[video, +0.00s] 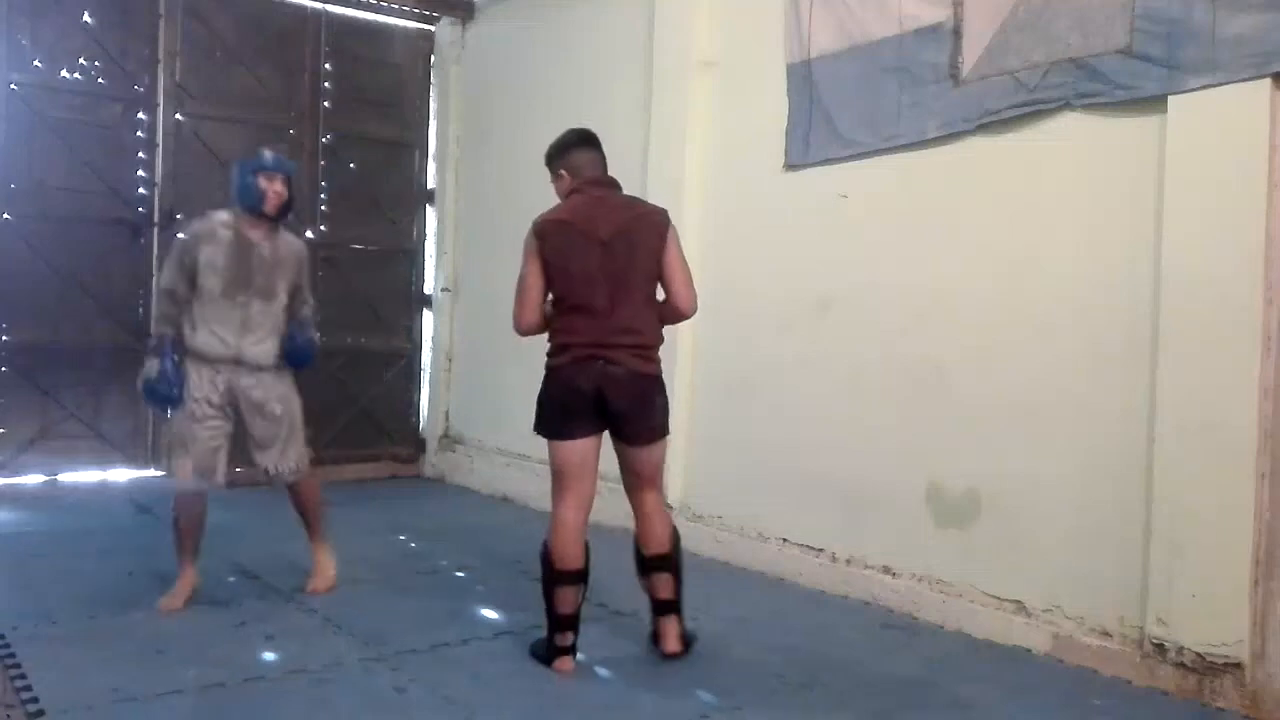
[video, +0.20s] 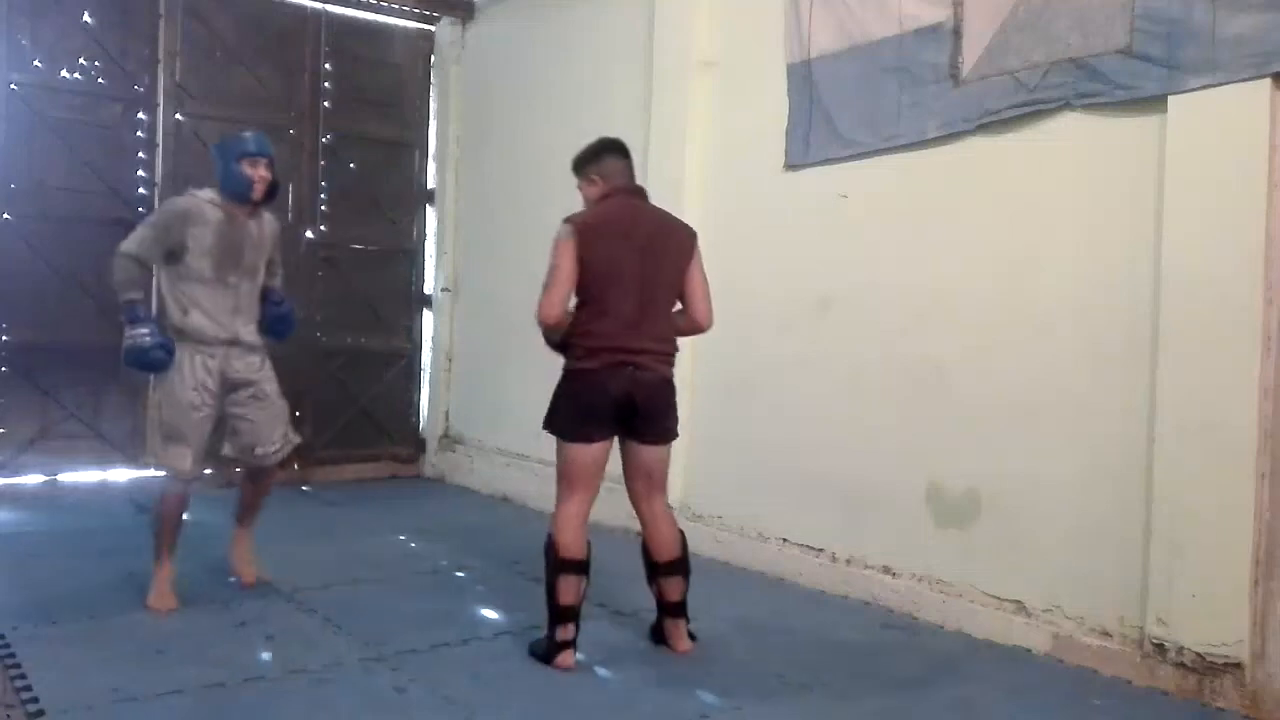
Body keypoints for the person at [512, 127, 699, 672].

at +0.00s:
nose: (551, 187)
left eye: (550, 180)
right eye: (551, 181)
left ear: (562, 176)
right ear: (606, 169)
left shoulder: (547, 228)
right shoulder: (653, 218)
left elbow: (527, 322)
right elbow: (683, 304)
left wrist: (569, 308)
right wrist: (641, 314)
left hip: (571, 384)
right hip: (637, 384)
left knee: (570, 505)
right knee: (648, 496)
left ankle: (563, 648)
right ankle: (670, 631)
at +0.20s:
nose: (580, 198)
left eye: (580, 190)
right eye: (579, 190)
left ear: (595, 183)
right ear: (632, 178)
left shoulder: (579, 228)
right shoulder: (680, 232)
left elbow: (550, 315)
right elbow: (699, 318)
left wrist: (567, 335)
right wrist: (650, 327)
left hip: (589, 388)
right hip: (653, 391)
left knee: (573, 503)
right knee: (653, 500)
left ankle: (563, 642)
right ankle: (676, 628)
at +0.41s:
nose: (596, 196)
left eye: (596, 188)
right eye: (595, 188)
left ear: (610, 183)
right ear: (645, 181)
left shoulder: (601, 225)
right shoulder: (689, 234)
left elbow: (601, 298)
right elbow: (708, 316)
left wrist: (571, 328)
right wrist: (654, 325)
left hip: (608, 379)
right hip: (669, 383)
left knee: (562, 475)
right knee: (658, 497)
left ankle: (582, 603)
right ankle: (677, 627)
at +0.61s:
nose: (585, 217)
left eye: (587, 208)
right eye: (584, 209)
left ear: (607, 203)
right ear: (629, 201)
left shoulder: (599, 247)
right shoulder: (677, 249)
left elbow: (587, 331)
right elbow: (704, 327)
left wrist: (560, 342)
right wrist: (652, 339)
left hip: (610, 394)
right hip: (668, 396)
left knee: (574, 492)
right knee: (645, 493)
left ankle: (601, 618)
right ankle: (678, 612)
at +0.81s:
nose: (600, 189)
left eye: (602, 180)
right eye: (599, 180)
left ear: (620, 176)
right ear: (643, 173)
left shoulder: (619, 222)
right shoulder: (688, 219)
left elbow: (616, 301)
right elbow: (725, 288)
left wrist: (583, 295)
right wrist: (672, 296)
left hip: (635, 363)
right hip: (684, 361)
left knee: (607, 474)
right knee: (664, 463)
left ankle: (602, 603)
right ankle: (709, 576)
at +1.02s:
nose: (634, 208)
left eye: (637, 199)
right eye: (633, 199)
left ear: (657, 195)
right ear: (678, 194)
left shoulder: (659, 239)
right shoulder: (715, 240)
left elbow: (632, 313)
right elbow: (737, 314)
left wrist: (613, 274)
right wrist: (678, 300)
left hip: (663, 381)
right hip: (711, 380)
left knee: (629, 487)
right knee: (694, 478)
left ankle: (638, 614)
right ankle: (748, 586)